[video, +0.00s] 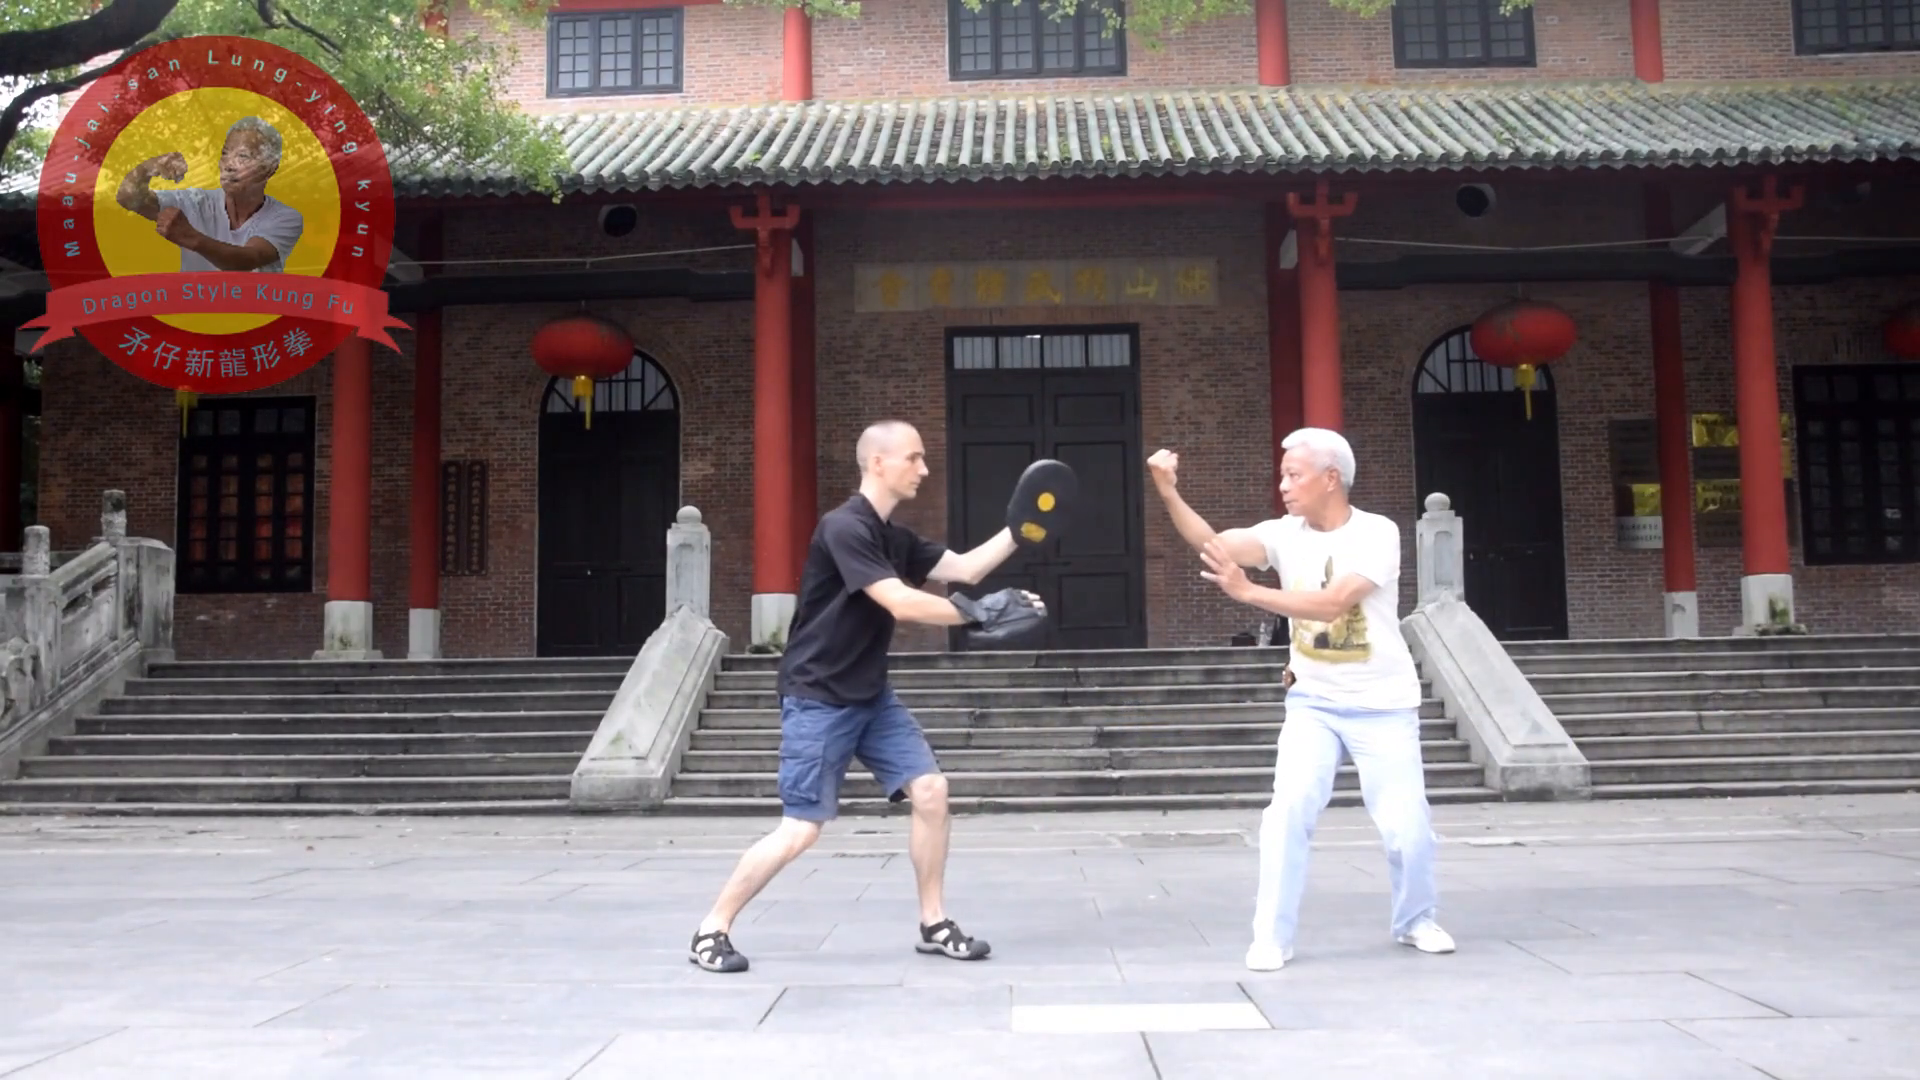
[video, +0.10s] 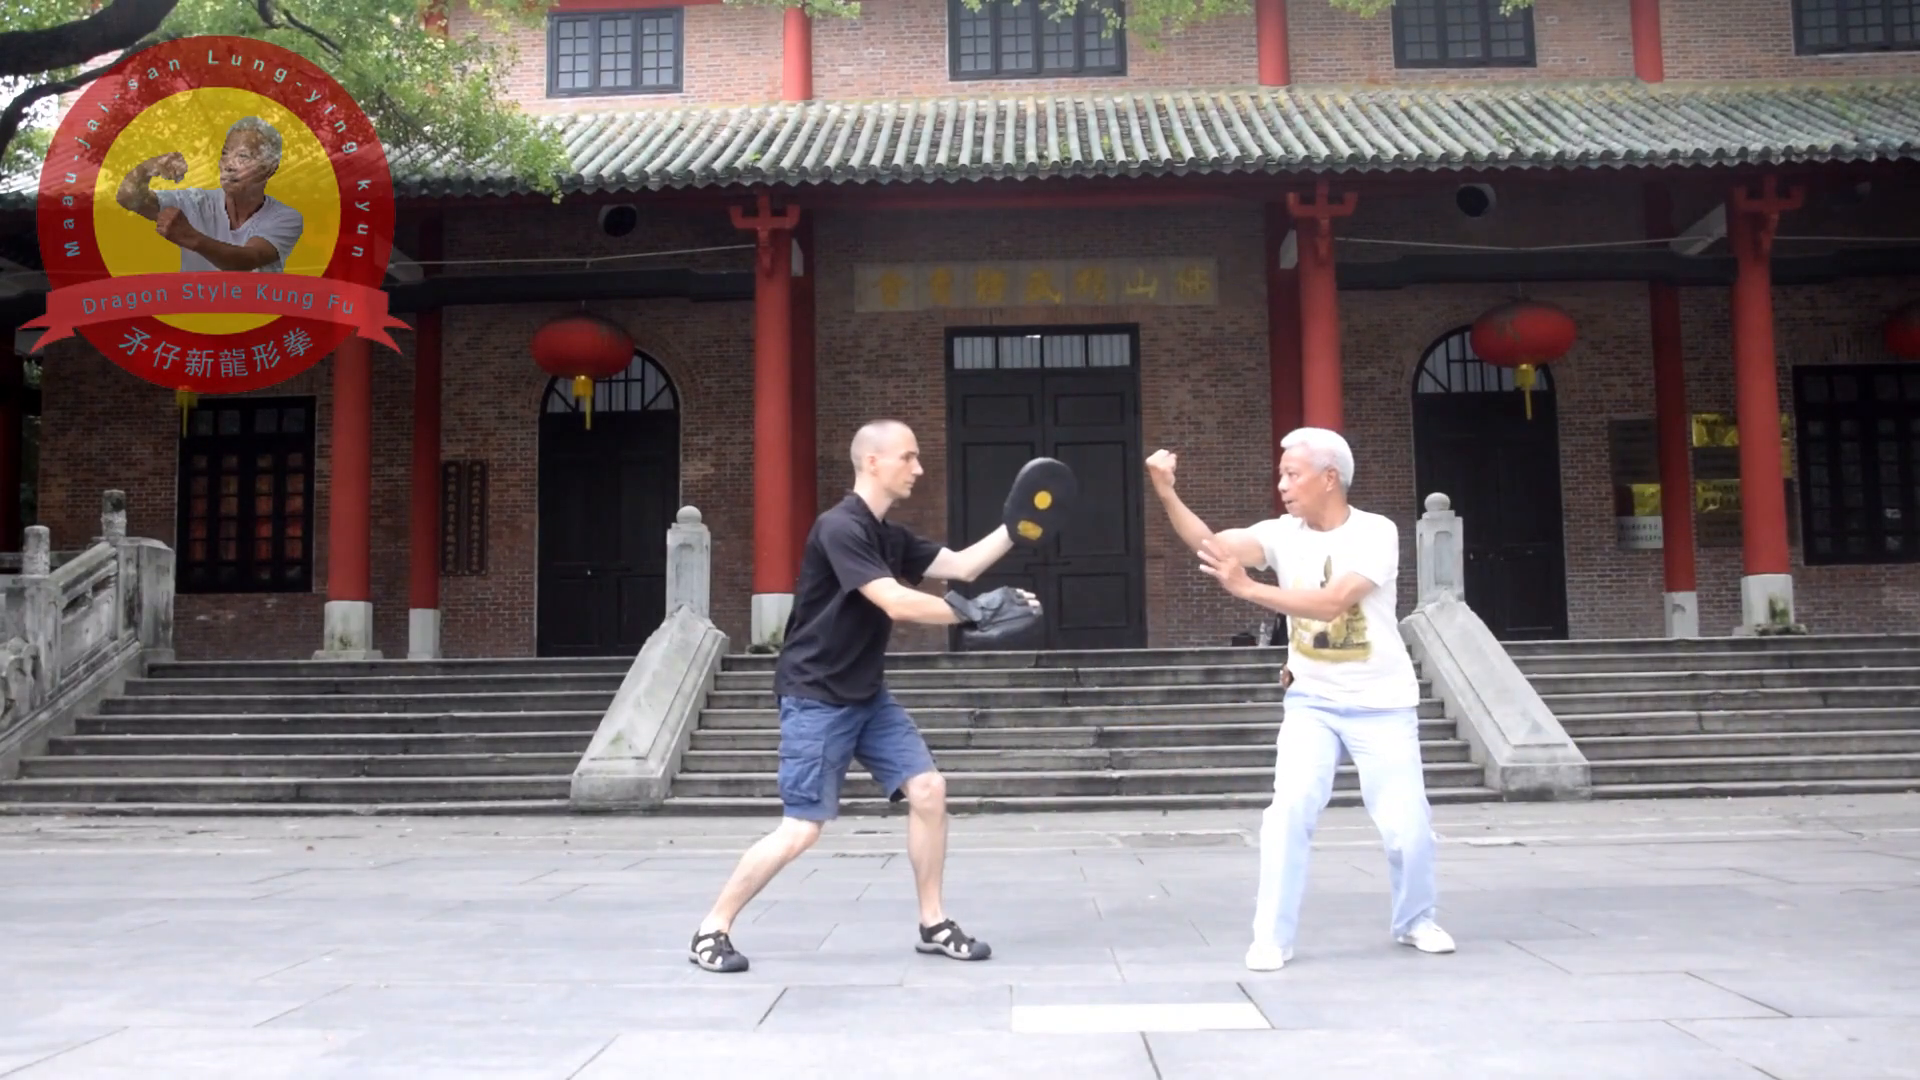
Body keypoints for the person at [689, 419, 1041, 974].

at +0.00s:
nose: (923, 468)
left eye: (923, 458)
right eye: (913, 458)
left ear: (891, 466)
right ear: (877, 464)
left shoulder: (895, 536)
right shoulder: (843, 527)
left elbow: (962, 569)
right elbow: (899, 603)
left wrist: (1021, 528)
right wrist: (979, 611)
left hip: (871, 695)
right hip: (817, 697)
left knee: (930, 792)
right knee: (801, 829)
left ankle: (934, 924)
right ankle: (712, 930)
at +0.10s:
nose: (918, 468)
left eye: (917, 458)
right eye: (907, 458)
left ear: (883, 467)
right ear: (871, 464)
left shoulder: (888, 534)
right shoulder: (840, 527)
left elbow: (961, 566)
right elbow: (896, 604)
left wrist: (1018, 525)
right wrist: (975, 611)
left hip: (868, 695)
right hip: (815, 697)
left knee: (928, 791)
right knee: (802, 829)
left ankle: (934, 924)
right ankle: (713, 930)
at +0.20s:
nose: (917, 468)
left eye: (916, 457)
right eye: (906, 457)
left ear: (887, 466)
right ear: (870, 464)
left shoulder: (888, 534)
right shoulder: (840, 527)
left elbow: (957, 565)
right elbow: (897, 604)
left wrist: (1015, 525)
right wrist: (978, 609)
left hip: (867, 695)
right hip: (814, 697)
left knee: (927, 790)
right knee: (802, 828)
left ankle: (934, 923)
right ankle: (712, 930)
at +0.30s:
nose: (917, 468)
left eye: (916, 457)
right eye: (906, 457)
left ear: (885, 465)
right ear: (869, 463)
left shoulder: (888, 533)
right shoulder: (840, 526)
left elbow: (955, 565)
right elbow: (900, 602)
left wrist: (1014, 526)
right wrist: (980, 606)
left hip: (868, 694)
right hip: (816, 696)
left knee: (929, 790)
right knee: (802, 828)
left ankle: (934, 924)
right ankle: (712, 930)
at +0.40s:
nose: (916, 467)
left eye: (915, 456)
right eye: (905, 456)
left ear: (880, 465)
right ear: (869, 462)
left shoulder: (885, 532)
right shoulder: (841, 525)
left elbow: (955, 564)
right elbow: (903, 601)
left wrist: (1014, 526)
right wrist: (982, 603)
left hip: (868, 695)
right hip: (816, 696)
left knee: (929, 789)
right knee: (802, 827)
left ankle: (934, 923)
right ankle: (712, 928)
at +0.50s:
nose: (916, 466)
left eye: (914, 456)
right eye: (905, 455)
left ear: (879, 464)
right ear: (869, 462)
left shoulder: (884, 530)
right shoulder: (841, 525)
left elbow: (954, 564)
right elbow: (904, 601)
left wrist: (1013, 524)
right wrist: (983, 603)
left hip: (867, 695)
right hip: (816, 696)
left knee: (929, 789)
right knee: (802, 827)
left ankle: (934, 924)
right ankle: (712, 929)